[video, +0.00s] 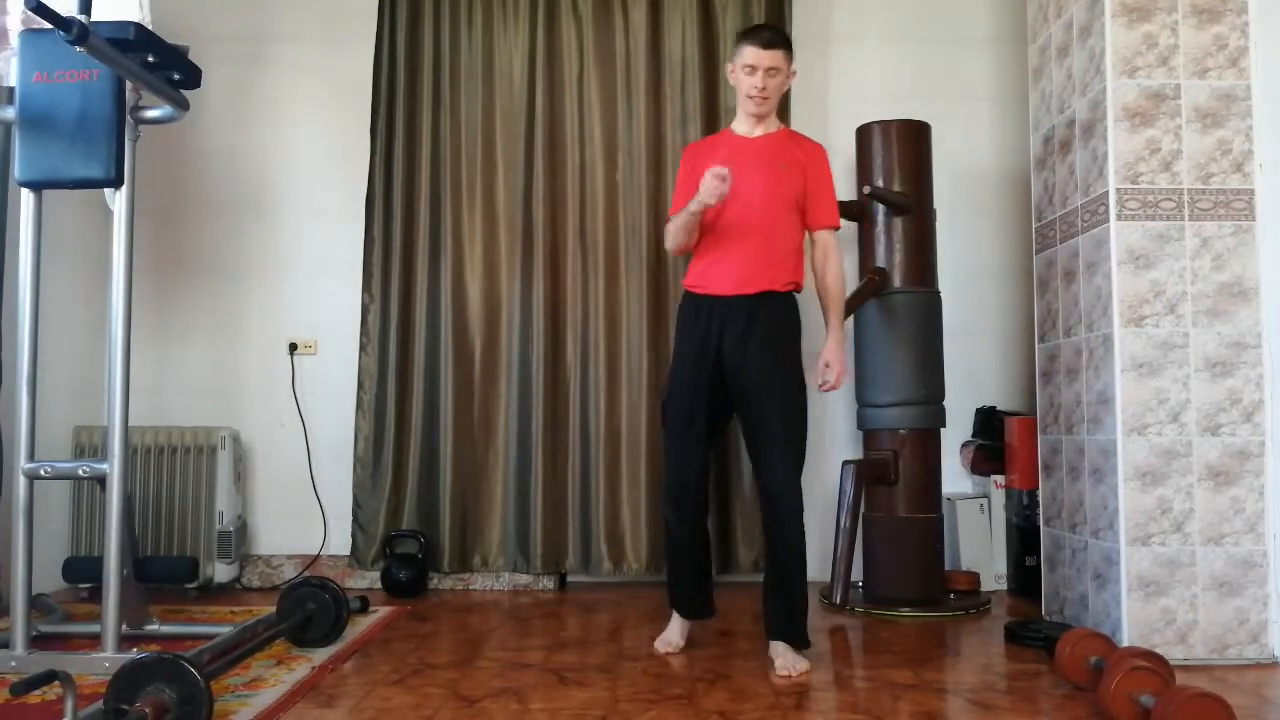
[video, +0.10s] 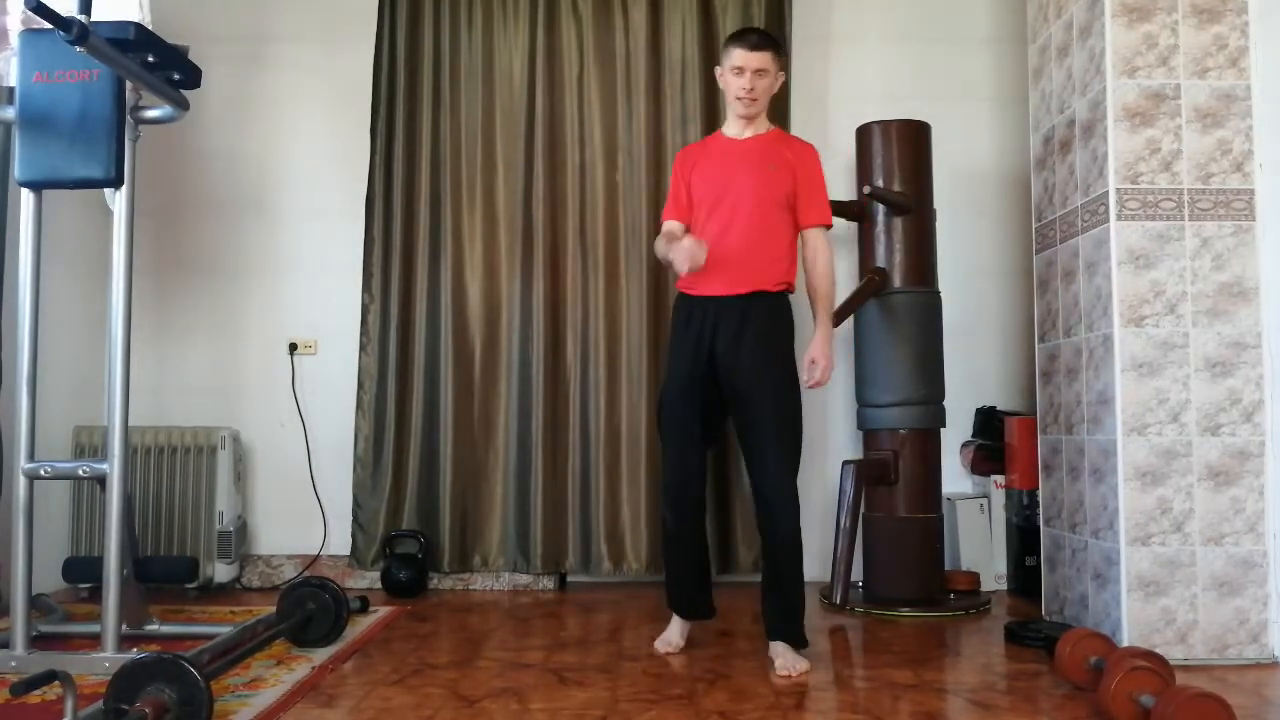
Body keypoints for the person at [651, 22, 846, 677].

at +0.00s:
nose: (760, 82)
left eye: (772, 72)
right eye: (750, 70)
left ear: (788, 79)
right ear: (731, 74)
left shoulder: (806, 155)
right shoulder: (700, 153)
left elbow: (826, 250)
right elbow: (674, 245)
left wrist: (835, 334)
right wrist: (700, 206)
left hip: (769, 323)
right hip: (700, 323)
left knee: (780, 482)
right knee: (683, 473)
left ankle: (785, 635)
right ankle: (685, 608)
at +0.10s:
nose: (748, 83)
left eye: (761, 72)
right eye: (737, 71)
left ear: (777, 80)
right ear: (720, 76)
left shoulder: (797, 155)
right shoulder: (691, 157)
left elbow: (817, 246)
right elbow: (667, 236)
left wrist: (822, 329)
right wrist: (676, 246)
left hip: (762, 323)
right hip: (694, 323)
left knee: (775, 481)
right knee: (681, 474)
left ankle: (784, 634)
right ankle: (685, 609)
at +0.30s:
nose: (728, 86)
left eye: (740, 76)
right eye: (718, 74)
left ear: (757, 86)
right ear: (700, 82)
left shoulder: (778, 157)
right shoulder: (675, 166)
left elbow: (797, 244)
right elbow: (656, 255)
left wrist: (792, 314)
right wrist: (637, 334)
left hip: (752, 324)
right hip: (680, 326)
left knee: (767, 482)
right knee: (674, 479)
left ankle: (782, 633)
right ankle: (681, 614)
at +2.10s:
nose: (666, 122)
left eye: (676, 114)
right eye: (657, 115)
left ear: (693, 128)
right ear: (642, 129)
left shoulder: (714, 193)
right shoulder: (622, 199)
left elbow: (731, 273)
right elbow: (602, 269)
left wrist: (728, 338)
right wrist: (584, 293)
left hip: (697, 339)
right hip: (634, 338)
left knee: (707, 474)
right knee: (618, 471)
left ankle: (713, 602)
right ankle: (608, 598)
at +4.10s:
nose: (667, 123)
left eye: (678, 115)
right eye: (658, 115)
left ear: (693, 128)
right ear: (643, 127)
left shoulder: (715, 192)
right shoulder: (623, 197)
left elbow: (734, 267)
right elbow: (605, 271)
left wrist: (730, 320)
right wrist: (590, 328)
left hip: (697, 338)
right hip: (632, 338)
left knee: (708, 473)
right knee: (619, 471)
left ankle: (713, 602)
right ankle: (609, 598)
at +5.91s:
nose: (669, 122)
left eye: (679, 115)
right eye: (659, 114)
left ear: (693, 127)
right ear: (643, 127)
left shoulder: (714, 192)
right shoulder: (623, 198)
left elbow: (732, 271)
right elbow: (608, 275)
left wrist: (731, 333)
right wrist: (594, 339)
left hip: (697, 339)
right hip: (633, 339)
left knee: (707, 475)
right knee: (618, 473)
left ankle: (712, 602)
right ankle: (608, 599)